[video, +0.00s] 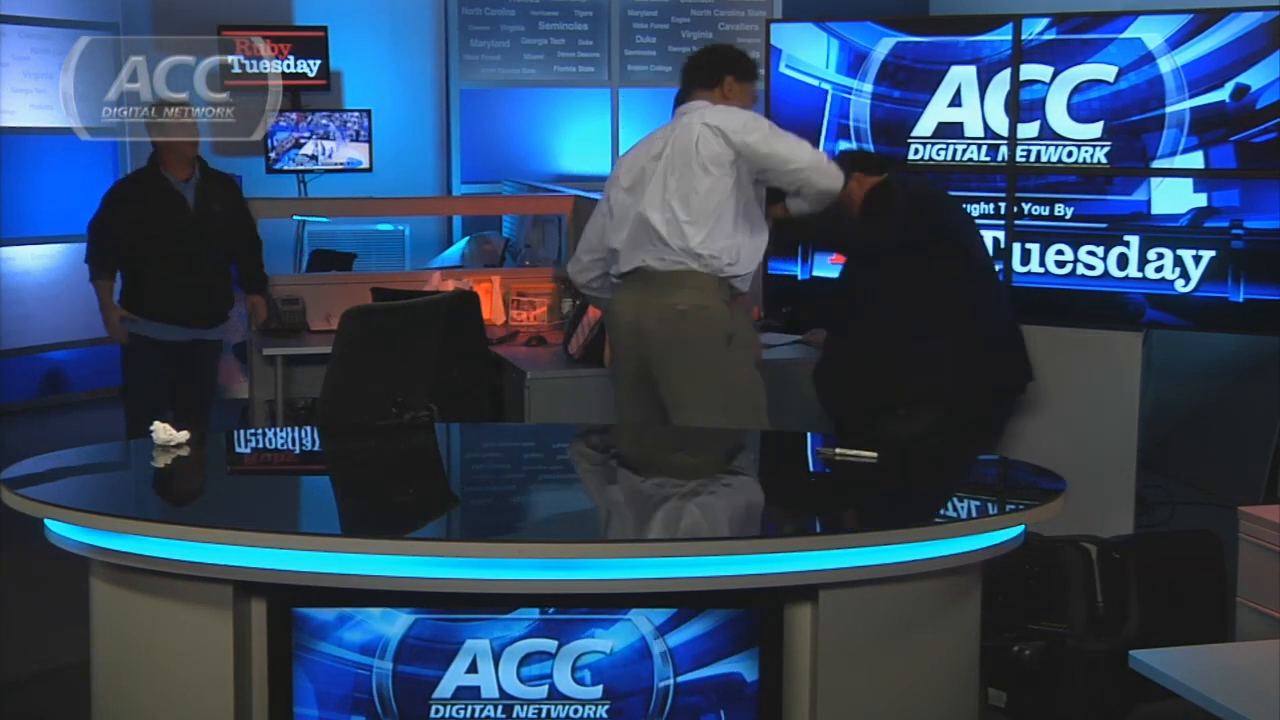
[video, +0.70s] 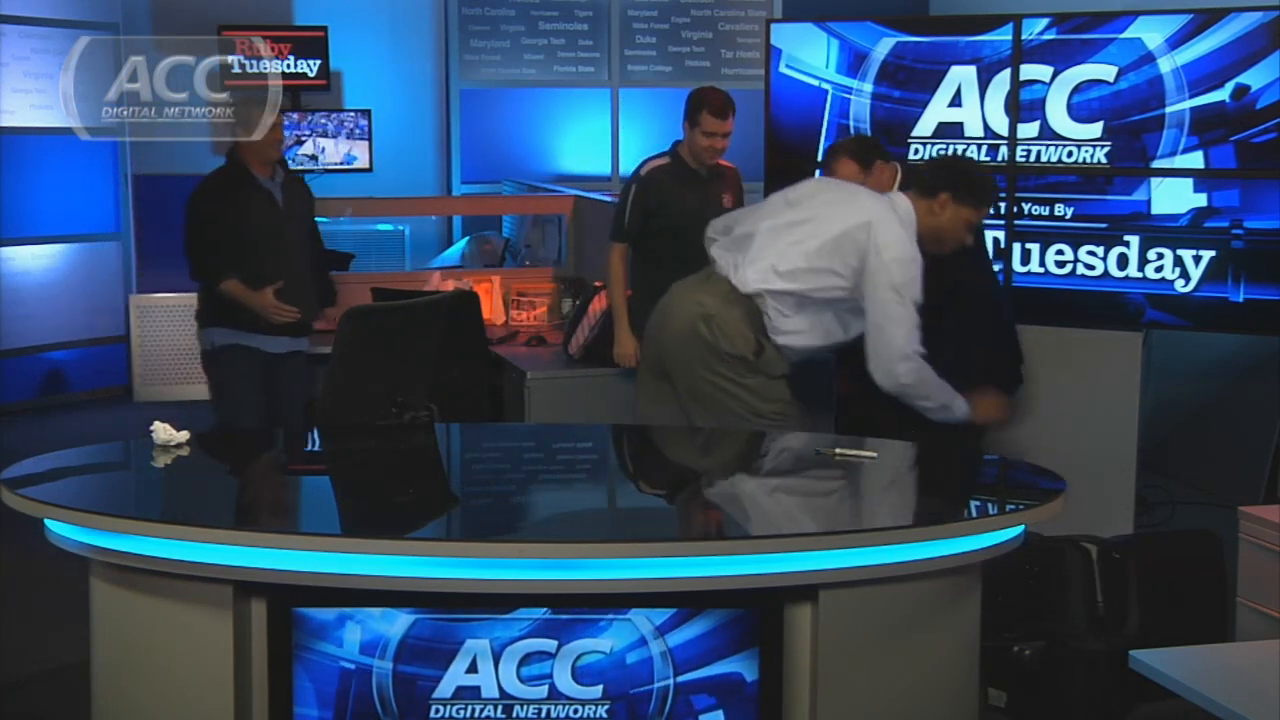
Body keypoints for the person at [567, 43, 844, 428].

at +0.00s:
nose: (753, 104)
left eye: (753, 95)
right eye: (750, 93)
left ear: (687, 91)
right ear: (728, 85)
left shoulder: (633, 157)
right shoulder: (727, 122)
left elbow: (585, 269)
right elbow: (826, 180)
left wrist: (635, 307)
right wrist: (781, 210)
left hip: (629, 312)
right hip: (698, 307)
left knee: (642, 459)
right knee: (714, 462)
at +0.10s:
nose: (782, 119)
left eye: (784, 109)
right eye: (779, 106)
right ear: (752, 91)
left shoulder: (653, 149)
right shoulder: (741, 128)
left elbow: (594, 255)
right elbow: (820, 215)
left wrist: (638, 299)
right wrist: (783, 240)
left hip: (623, 306)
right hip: (686, 308)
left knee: (630, 452)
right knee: (730, 457)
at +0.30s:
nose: (841, 142)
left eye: (846, 131)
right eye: (841, 128)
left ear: (808, 106)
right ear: (815, 109)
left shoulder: (713, 141)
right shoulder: (778, 145)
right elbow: (835, 260)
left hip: (634, 303)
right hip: (686, 313)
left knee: (647, 469)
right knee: (748, 457)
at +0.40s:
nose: (874, 160)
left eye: (880, 150)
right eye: (875, 145)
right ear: (847, 126)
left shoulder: (742, 147)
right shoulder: (806, 160)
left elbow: (655, 230)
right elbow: (847, 285)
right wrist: (867, 272)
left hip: (643, 307)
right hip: (695, 316)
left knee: (670, 467)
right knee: (767, 455)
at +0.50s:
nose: (912, 183)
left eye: (917, 173)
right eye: (912, 168)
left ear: (877, 144)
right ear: (882, 147)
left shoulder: (785, 161)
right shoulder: (838, 178)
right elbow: (851, 311)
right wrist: (888, 300)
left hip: (657, 309)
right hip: (703, 324)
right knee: (781, 460)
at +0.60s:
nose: (944, 212)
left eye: (951, 202)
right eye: (945, 197)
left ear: (908, 171)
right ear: (914, 174)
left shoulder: (810, 173)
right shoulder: (869, 207)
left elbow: (703, 227)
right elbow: (859, 337)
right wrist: (920, 346)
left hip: (669, 306)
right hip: (714, 325)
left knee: (704, 477)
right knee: (783, 469)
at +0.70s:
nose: (968, 240)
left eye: (975, 230)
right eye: (970, 226)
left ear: (925, 194)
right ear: (941, 202)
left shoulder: (835, 190)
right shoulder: (894, 237)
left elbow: (722, 230)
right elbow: (893, 366)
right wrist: (964, 410)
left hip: (681, 308)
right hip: (723, 332)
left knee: (706, 484)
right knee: (792, 471)